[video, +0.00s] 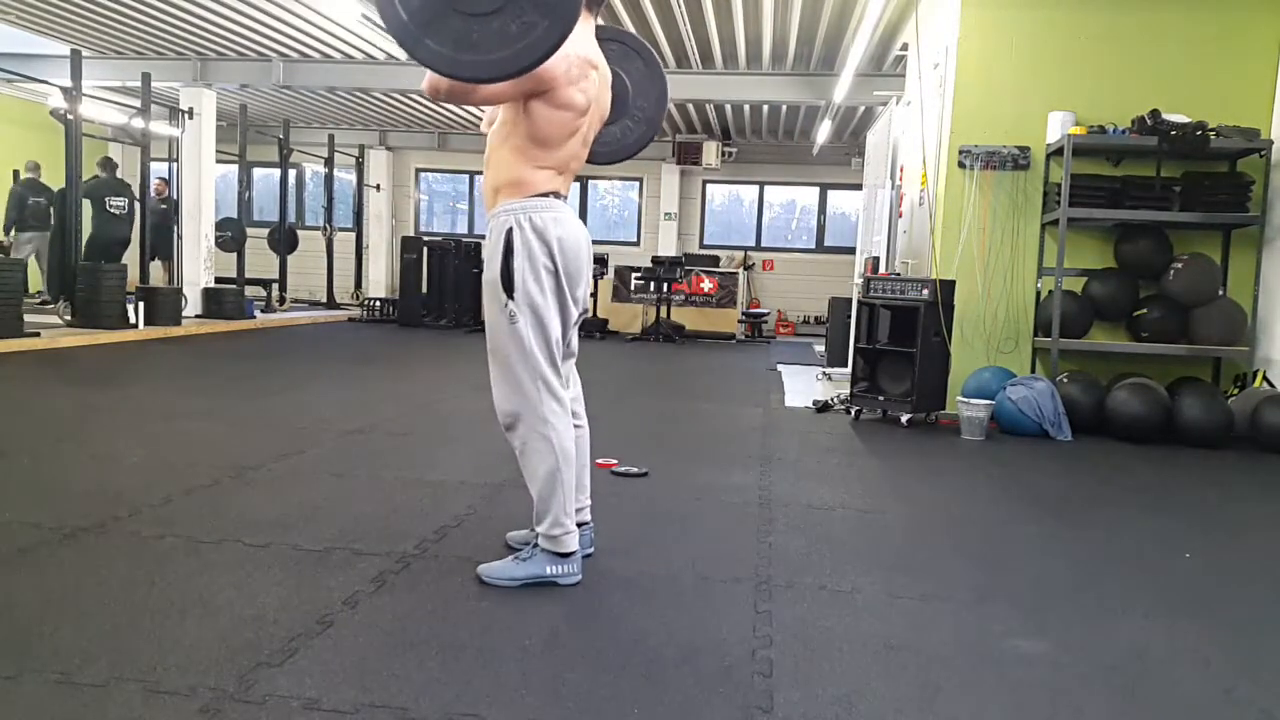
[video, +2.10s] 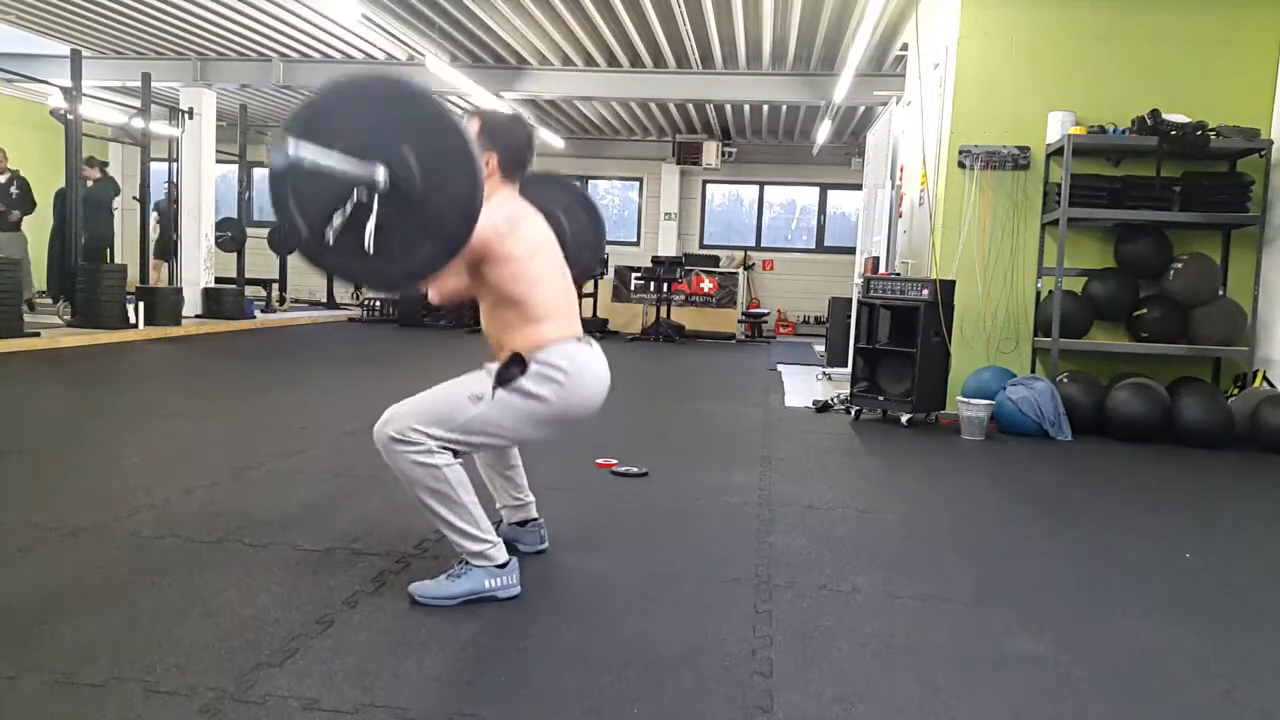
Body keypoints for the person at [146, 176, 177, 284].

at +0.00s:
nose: (156, 187)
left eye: (159, 185)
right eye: (155, 184)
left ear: (166, 187)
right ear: (152, 186)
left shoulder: (172, 202)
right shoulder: (150, 201)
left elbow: (177, 218)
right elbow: (146, 217)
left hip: (166, 237)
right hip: (150, 236)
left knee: (166, 265)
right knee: (144, 263)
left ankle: (168, 287)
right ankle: (144, 286)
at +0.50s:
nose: (148, 189)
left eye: (151, 186)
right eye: (147, 187)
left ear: (156, 188)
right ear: (145, 188)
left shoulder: (162, 201)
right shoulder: (142, 201)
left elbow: (168, 220)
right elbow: (136, 221)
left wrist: (163, 236)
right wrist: (131, 241)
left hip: (158, 235)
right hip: (145, 235)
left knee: (162, 263)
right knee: (146, 262)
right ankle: (145, 284)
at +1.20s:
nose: (165, 191)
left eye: (168, 188)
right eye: (163, 188)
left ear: (173, 189)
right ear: (160, 189)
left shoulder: (177, 202)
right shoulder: (155, 203)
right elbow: (149, 220)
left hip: (175, 234)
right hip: (160, 233)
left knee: (176, 263)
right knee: (155, 263)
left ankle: (177, 289)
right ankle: (152, 288)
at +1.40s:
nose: (169, 192)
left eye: (172, 189)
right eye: (167, 189)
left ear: (176, 190)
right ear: (165, 189)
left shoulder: (180, 203)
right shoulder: (160, 204)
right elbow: (150, 218)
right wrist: (162, 221)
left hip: (179, 237)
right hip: (165, 237)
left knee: (180, 266)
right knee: (158, 266)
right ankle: (152, 287)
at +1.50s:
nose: (171, 192)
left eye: (174, 189)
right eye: (169, 189)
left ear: (177, 190)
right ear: (166, 190)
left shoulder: (181, 203)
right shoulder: (161, 204)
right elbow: (152, 219)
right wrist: (164, 222)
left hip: (179, 237)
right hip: (166, 236)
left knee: (178, 264)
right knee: (160, 264)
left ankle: (177, 289)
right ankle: (153, 288)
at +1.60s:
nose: (173, 192)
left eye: (175, 189)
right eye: (171, 189)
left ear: (178, 190)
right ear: (167, 190)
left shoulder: (181, 204)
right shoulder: (163, 204)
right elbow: (155, 218)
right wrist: (165, 222)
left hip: (179, 236)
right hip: (167, 235)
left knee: (177, 264)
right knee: (160, 264)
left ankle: (177, 288)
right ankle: (153, 287)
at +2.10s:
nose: (168, 191)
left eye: (171, 188)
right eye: (166, 188)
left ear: (176, 190)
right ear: (163, 190)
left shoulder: (179, 204)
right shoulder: (158, 204)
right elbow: (154, 221)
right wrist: (153, 236)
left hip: (177, 236)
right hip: (163, 236)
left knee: (175, 264)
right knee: (156, 264)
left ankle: (175, 288)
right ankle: (153, 287)